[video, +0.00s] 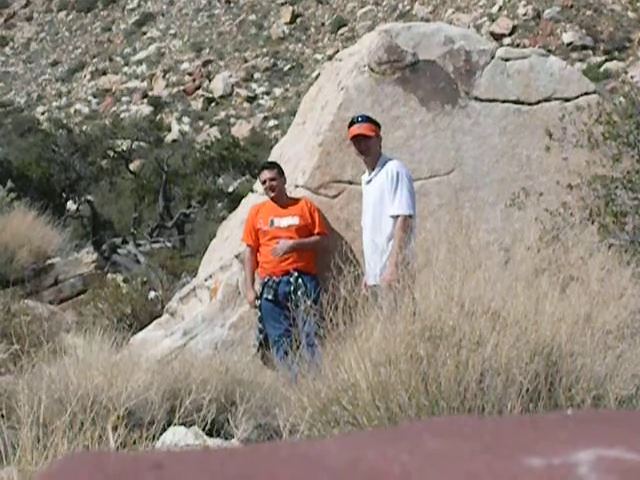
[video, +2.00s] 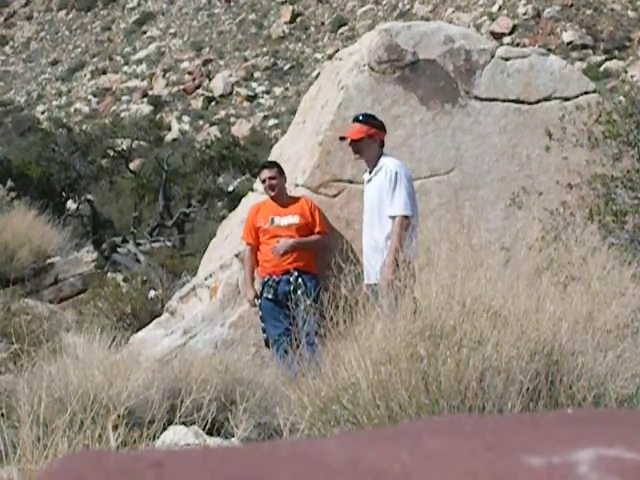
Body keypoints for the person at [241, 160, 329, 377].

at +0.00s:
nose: (269, 185)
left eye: (273, 179)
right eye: (264, 182)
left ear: (283, 179)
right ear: (261, 186)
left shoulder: (305, 206)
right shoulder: (257, 212)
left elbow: (323, 238)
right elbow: (250, 250)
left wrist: (293, 244)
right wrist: (249, 286)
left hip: (303, 279)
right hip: (271, 282)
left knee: (311, 334)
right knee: (279, 341)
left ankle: (316, 381)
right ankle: (292, 386)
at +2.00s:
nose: (269, 183)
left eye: (273, 178)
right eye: (264, 181)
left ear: (283, 178)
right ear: (261, 185)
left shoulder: (305, 205)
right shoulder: (257, 212)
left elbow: (325, 236)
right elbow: (250, 249)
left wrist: (294, 244)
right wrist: (248, 285)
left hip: (303, 277)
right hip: (271, 280)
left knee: (310, 335)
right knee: (279, 339)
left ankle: (316, 382)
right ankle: (291, 386)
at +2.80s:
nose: (268, 185)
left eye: (272, 180)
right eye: (263, 182)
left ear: (282, 179)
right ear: (260, 186)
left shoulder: (305, 205)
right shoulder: (257, 211)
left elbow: (324, 236)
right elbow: (246, 245)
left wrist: (293, 244)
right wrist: (225, 268)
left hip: (303, 278)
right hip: (271, 281)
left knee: (310, 334)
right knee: (278, 339)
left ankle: (315, 381)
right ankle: (291, 385)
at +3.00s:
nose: (267, 185)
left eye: (271, 180)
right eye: (263, 182)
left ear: (282, 180)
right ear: (260, 186)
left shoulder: (304, 204)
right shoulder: (257, 210)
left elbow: (323, 236)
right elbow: (234, 238)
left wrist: (293, 243)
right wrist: (205, 241)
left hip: (302, 277)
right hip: (271, 280)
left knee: (310, 333)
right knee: (278, 339)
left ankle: (316, 380)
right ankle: (292, 385)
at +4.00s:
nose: (270, 185)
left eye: (274, 180)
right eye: (265, 182)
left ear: (284, 180)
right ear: (261, 186)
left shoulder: (304, 205)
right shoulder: (256, 211)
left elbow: (323, 237)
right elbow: (239, 244)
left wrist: (293, 243)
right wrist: (223, 273)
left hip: (303, 277)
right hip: (271, 280)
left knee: (310, 332)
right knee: (279, 338)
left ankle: (315, 379)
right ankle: (290, 382)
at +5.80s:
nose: (272, 181)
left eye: (276, 176)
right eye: (267, 178)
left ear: (285, 178)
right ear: (263, 183)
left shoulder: (306, 205)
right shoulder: (258, 210)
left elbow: (324, 238)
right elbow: (246, 242)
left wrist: (293, 243)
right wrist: (243, 249)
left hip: (304, 278)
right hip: (272, 281)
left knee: (310, 335)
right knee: (278, 338)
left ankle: (315, 381)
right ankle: (288, 384)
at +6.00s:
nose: (272, 181)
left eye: (277, 176)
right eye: (267, 178)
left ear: (286, 179)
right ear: (263, 183)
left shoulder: (306, 205)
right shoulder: (258, 209)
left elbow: (325, 237)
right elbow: (247, 247)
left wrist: (293, 244)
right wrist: (244, 235)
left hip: (304, 276)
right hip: (272, 278)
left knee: (310, 332)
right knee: (276, 335)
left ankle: (317, 378)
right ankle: (288, 380)